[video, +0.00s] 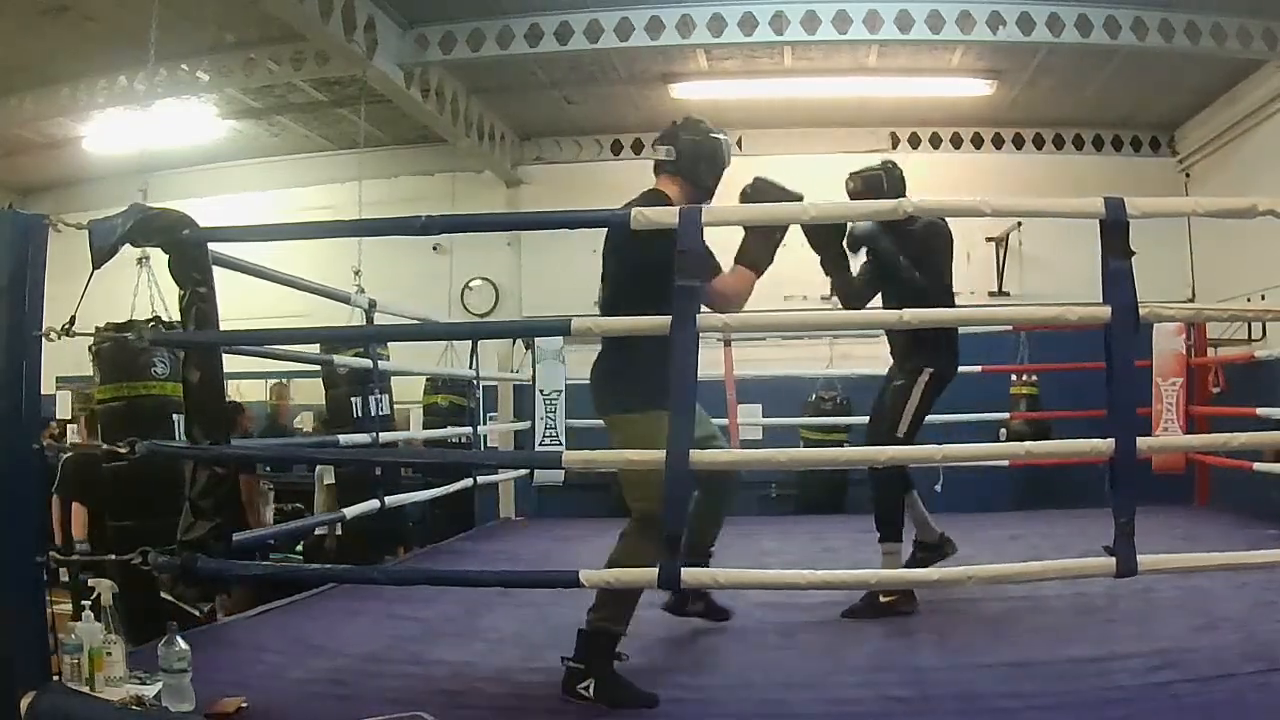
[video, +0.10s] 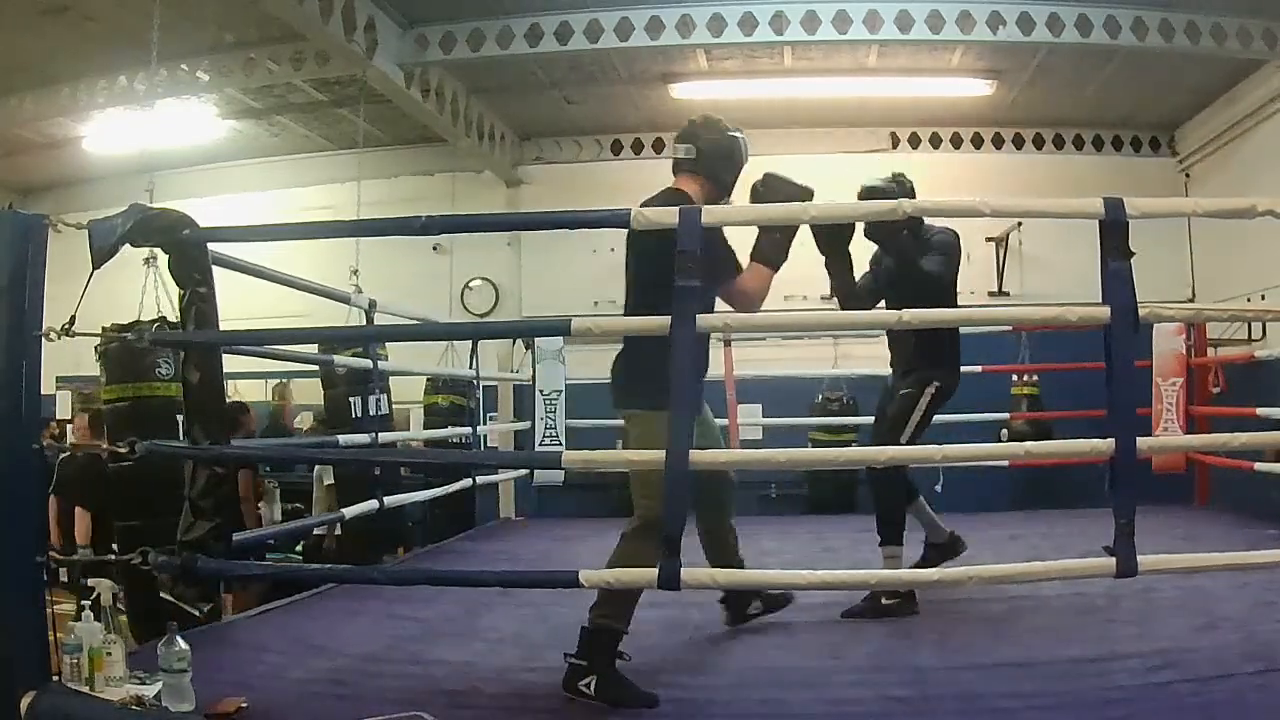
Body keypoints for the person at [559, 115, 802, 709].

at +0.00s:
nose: (719, 185)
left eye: (721, 175)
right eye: (719, 174)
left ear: (665, 163)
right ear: (704, 171)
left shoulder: (639, 215)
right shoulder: (669, 221)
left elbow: (709, 289)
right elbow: (730, 295)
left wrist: (754, 238)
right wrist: (763, 232)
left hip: (641, 390)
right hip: (645, 394)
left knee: (722, 466)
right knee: (655, 521)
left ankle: (687, 582)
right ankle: (591, 662)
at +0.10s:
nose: (736, 182)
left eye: (737, 174)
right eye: (735, 173)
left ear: (683, 162)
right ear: (723, 171)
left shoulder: (660, 210)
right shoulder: (686, 218)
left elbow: (735, 289)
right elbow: (747, 297)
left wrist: (766, 233)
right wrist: (777, 230)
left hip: (668, 389)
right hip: (660, 393)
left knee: (713, 481)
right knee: (656, 521)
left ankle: (738, 593)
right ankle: (593, 659)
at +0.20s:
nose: (750, 188)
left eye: (748, 179)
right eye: (749, 180)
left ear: (697, 171)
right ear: (738, 177)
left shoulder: (673, 225)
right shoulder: (714, 226)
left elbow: (678, 319)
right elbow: (774, 292)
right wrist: (793, 225)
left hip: (681, 393)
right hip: (688, 398)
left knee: (725, 504)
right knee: (682, 523)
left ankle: (751, 601)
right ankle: (604, 650)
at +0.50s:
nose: (789, 189)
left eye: (788, 179)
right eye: (787, 178)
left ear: (735, 172)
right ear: (775, 177)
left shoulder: (712, 223)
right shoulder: (756, 228)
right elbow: (813, 294)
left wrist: (825, 246)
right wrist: (831, 238)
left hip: (734, 396)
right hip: (731, 401)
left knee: (794, 468)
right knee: (754, 516)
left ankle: (762, 586)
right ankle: (675, 636)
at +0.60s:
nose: (802, 203)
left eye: (798, 194)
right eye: (797, 193)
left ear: (758, 189)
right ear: (778, 193)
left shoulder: (760, 236)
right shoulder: (753, 241)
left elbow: (819, 289)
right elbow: (829, 292)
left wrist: (825, 238)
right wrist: (848, 229)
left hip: (756, 402)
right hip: (737, 406)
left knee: (799, 466)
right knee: (758, 521)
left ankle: (799, 580)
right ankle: (673, 636)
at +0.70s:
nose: (823, 230)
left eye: (825, 222)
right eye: (819, 221)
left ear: (783, 207)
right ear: (803, 215)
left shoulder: (788, 253)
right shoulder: (774, 256)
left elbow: (851, 295)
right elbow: (861, 286)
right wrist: (889, 236)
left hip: (770, 409)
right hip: (738, 412)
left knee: (816, 479)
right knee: (769, 521)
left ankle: (831, 573)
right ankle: (677, 635)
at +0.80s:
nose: (850, 296)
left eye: (855, 288)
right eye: (850, 286)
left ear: (821, 262)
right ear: (834, 273)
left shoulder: (814, 304)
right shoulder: (787, 295)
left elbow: (862, 353)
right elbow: (859, 352)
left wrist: (897, 320)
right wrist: (898, 312)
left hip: (772, 426)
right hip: (725, 424)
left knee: (844, 495)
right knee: (759, 507)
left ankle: (834, 582)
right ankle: (685, 636)